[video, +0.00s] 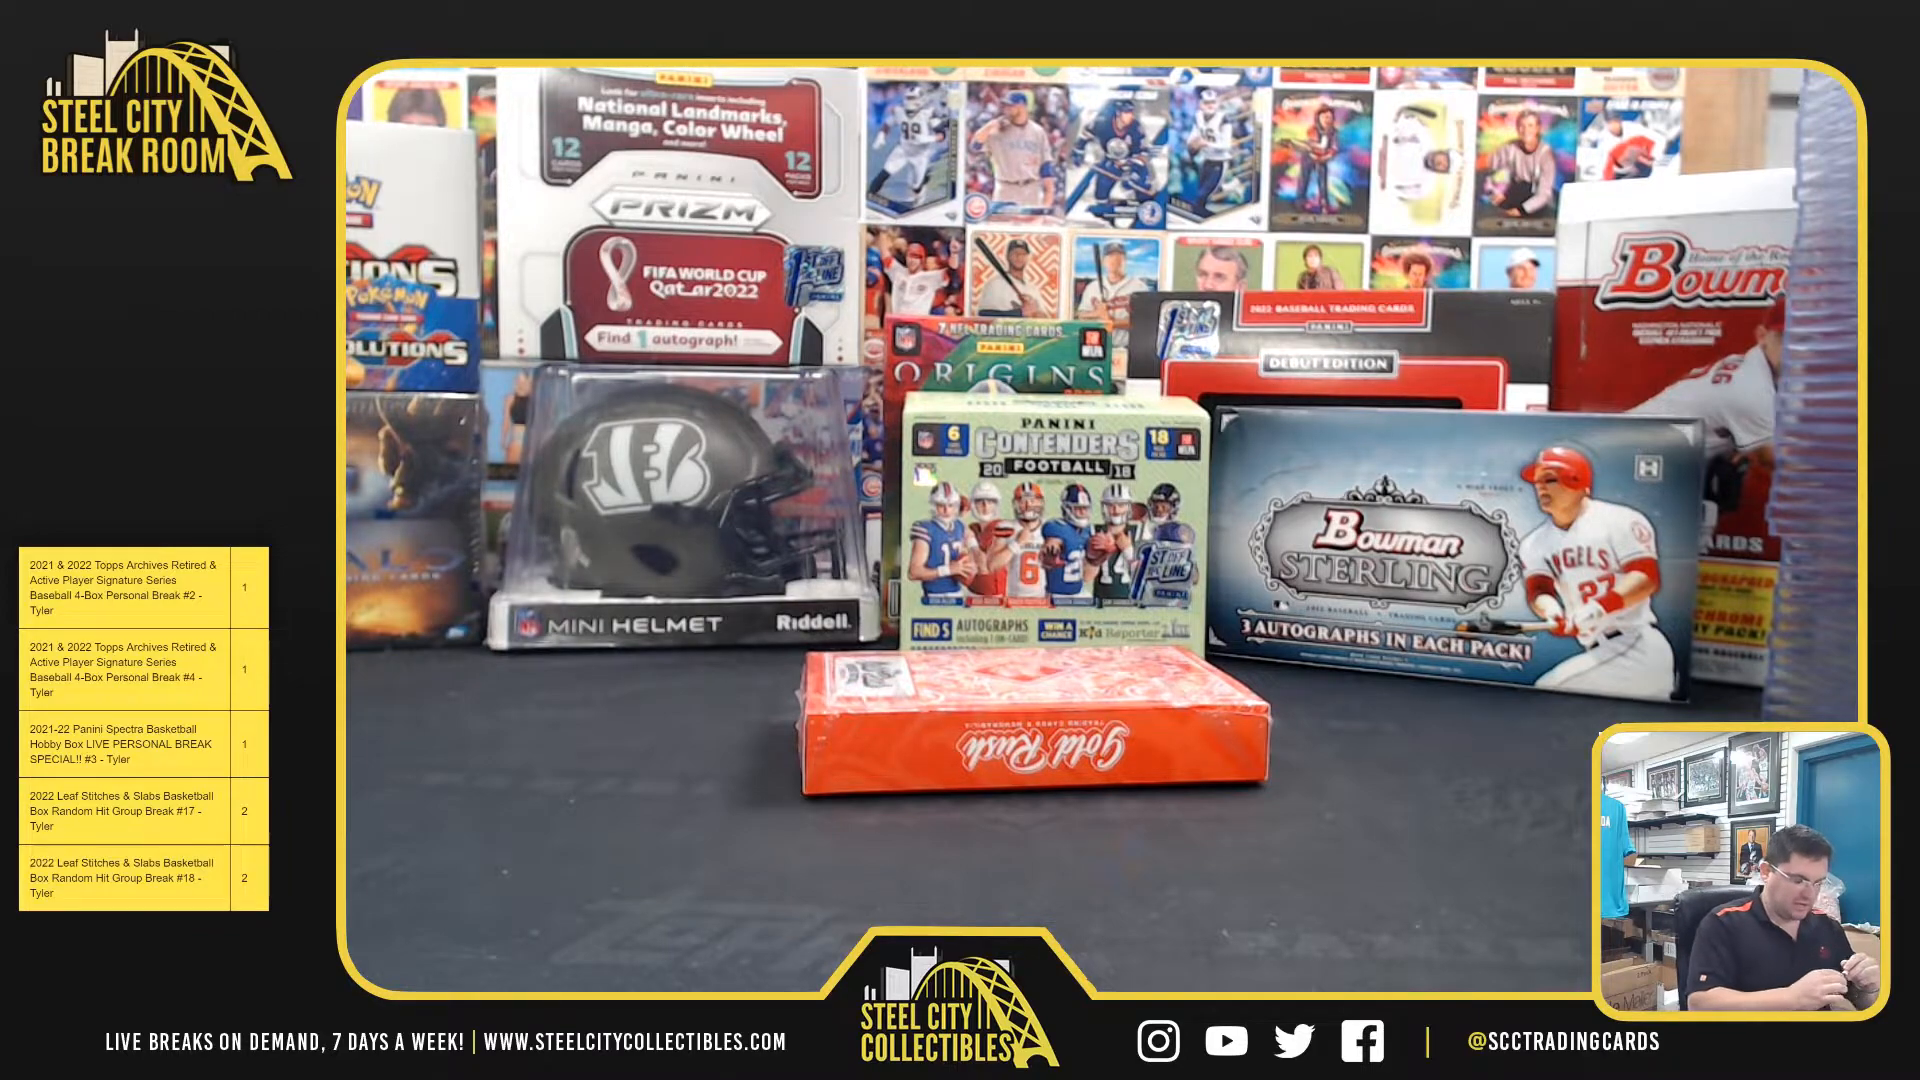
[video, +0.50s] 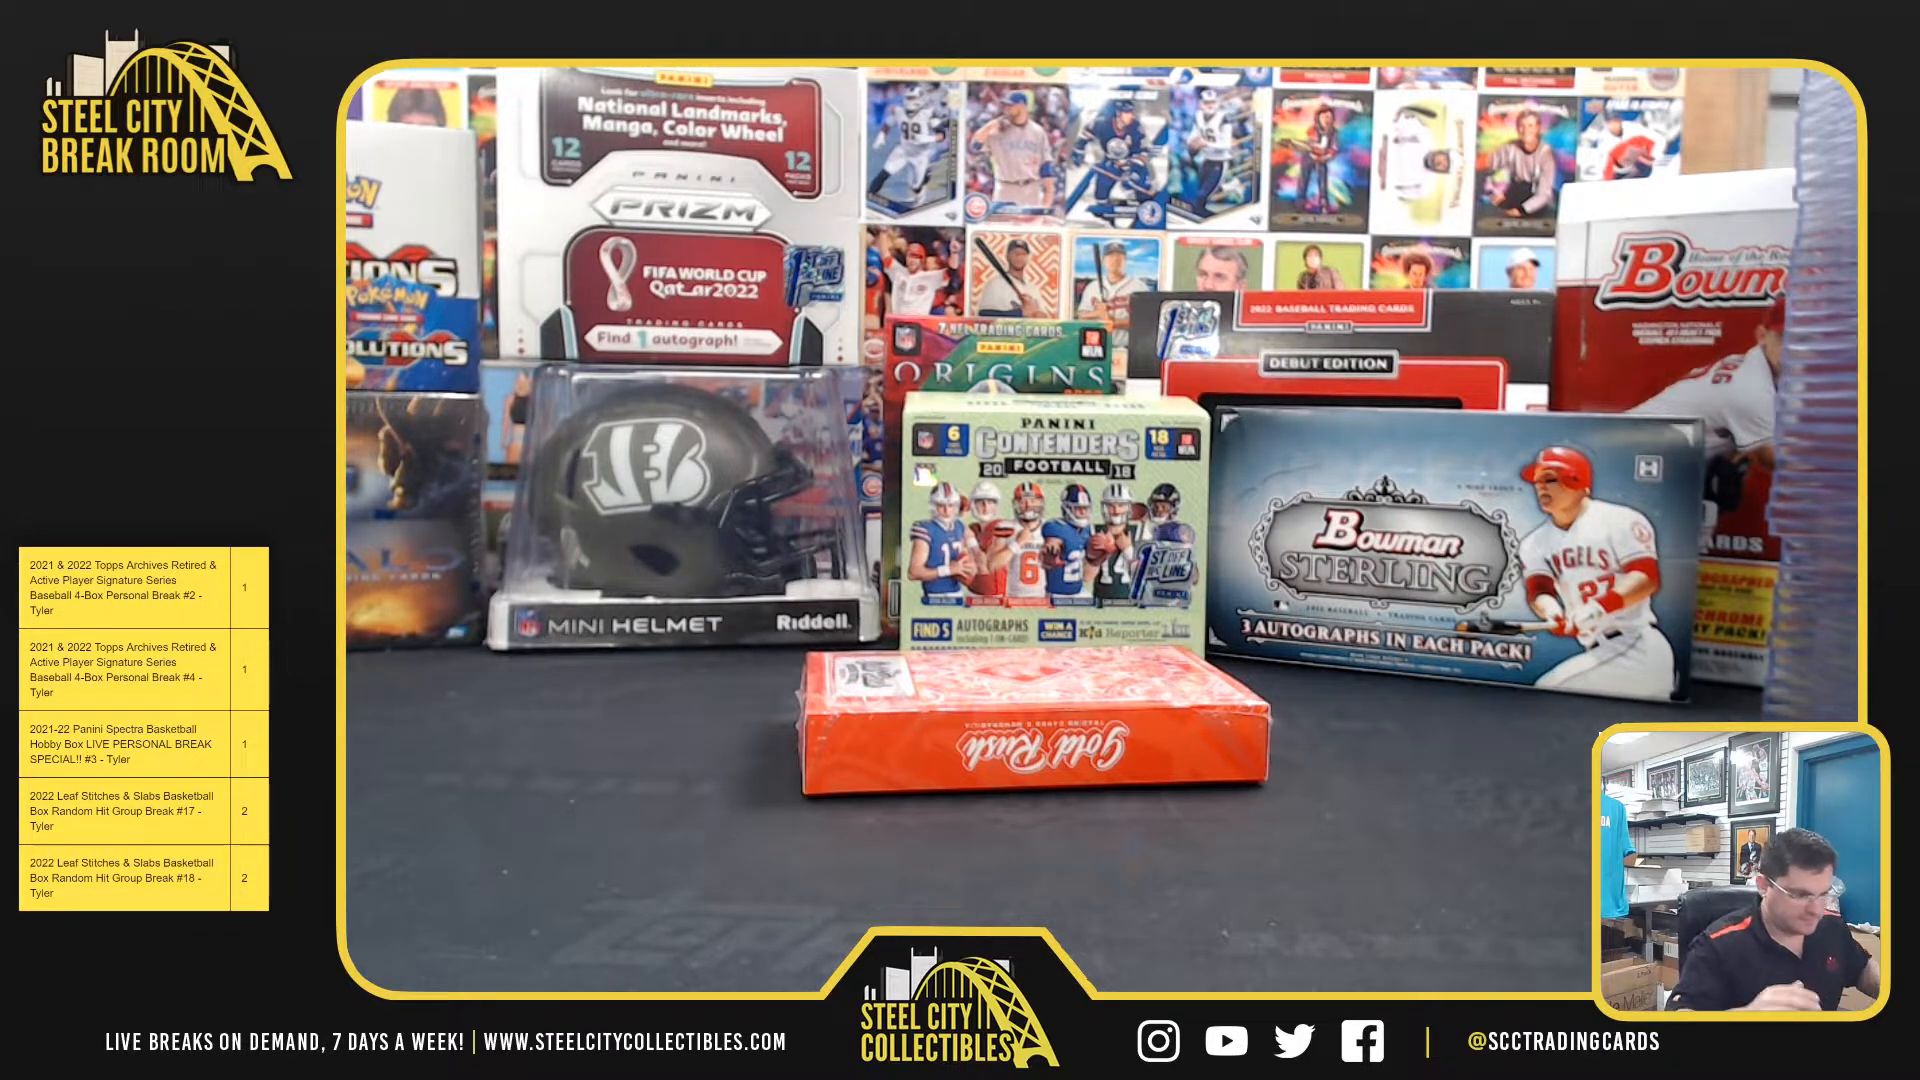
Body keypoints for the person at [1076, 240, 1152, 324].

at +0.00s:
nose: (1115, 260)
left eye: (1119, 255)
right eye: (1111, 256)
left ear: (1124, 260)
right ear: (1103, 261)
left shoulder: (1138, 287)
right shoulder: (1092, 287)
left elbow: (1143, 319)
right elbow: (1081, 315)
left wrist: (1114, 323)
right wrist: (1099, 313)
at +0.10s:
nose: (1115, 260)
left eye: (1119, 256)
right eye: (1111, 256)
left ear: (1124, 260)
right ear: (1103, 261)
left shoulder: (1138, 287)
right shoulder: (1093, 287)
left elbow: (1143, 319)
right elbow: (1081, 315)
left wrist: (1113, 322)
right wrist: (1099, 313)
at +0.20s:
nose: (1115, 260)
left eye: (1119, 255)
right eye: (1111, 255)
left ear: (1125, 260)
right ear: (1104, 260)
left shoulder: (1138, 286)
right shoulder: (1093, 287)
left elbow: (1144, 319)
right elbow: (1081, 315)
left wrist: (1115, 323)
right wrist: (1099, 313)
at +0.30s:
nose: (1115, 260)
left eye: (1119, 255)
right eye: (1111, 255)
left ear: (1125, 260)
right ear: (1104, 260)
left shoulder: (1138, 286)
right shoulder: (1093, 287)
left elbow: (1144, 319)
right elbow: (1081, 315)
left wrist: (1115, 323)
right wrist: (1099, 313)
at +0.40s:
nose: (1115, 260)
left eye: (1119, 255)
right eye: (1111, 255)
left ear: (1125, 260)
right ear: (1104, 260)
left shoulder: (1138, 286)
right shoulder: (1093, 287)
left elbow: (1144, 319)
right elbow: (1081, 315)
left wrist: (1115, 323)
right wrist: (1099, 313)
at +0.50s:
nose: (1115, 260)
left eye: (1119, 255)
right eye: (1111, 255)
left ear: (1125, 260)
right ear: (1104, 260)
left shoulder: (1138, 286)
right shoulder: (1093, 287)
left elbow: (1144, 319)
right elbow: (1081, 315)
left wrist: (1114, 323)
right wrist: (1098, 313)